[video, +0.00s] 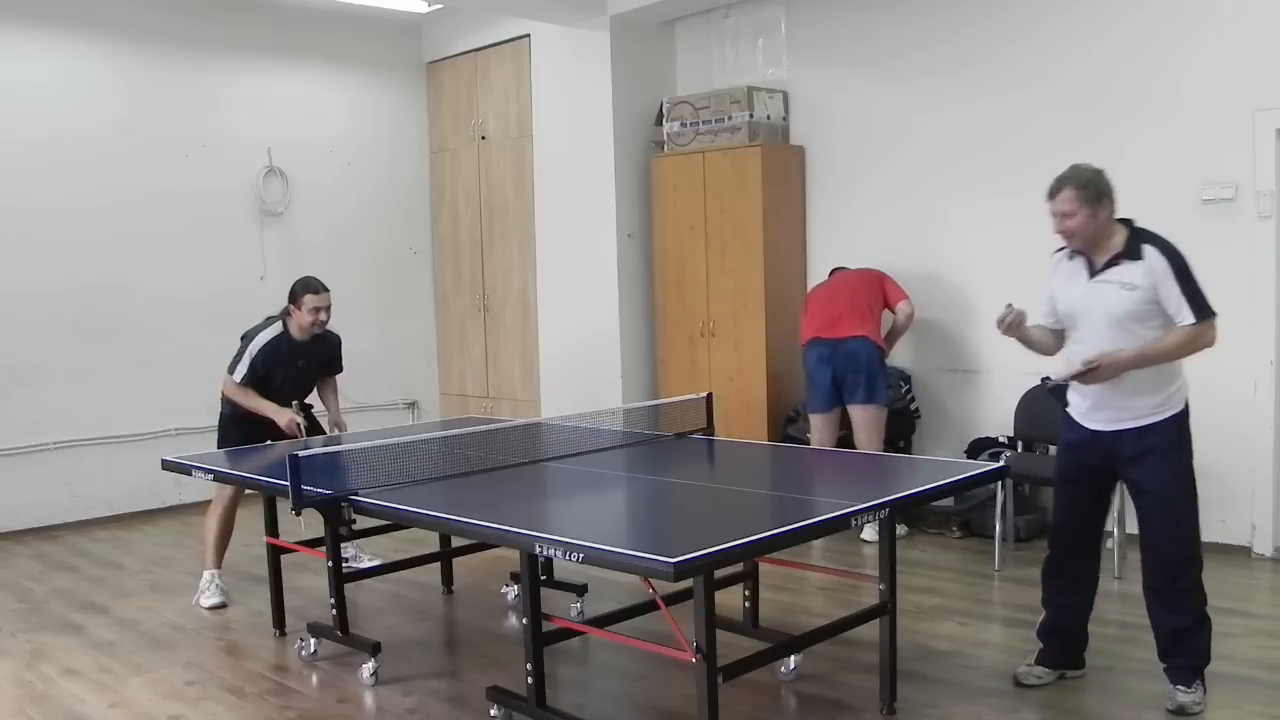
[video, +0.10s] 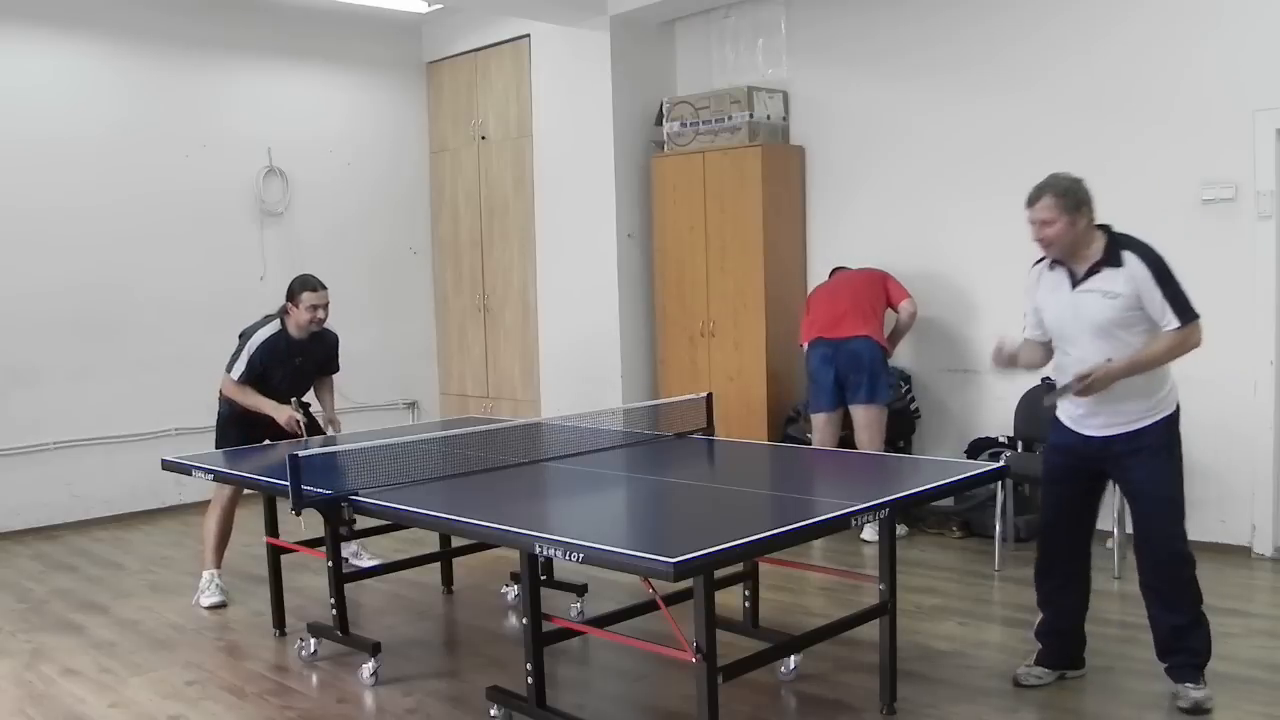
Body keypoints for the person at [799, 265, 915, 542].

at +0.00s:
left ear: (829, 279)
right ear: (853, 272)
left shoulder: (814, 292)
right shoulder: (874, 276)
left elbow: (804, 333)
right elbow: (905, 309)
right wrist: (886, 345)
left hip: (817, 354)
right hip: (861, 351)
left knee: (820, 446)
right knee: (870, 448)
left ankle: (817, 520)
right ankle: (872, 521)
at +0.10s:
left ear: (830, 279)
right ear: (854, 271)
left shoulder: (816, 292)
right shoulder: (877, 275)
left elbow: (804, 342)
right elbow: (908, 309)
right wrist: (890, 344)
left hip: (820, 355)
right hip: (864, 351)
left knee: (822, 447)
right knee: (870, 447)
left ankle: (819, 520)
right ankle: (873, 520)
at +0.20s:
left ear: (830, 279)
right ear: (854, 271)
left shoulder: (816, 293)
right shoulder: (878, 275)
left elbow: (806, 343)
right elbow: (910, 308)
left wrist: (817, 383)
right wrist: (893, 343)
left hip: (821, 355)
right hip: (866, 352)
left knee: (823, 447)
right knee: (871, 448)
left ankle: (817, 520)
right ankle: (872, 520)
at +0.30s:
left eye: (831, 278)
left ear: (830, 279)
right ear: (854, 271)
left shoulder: (816, 292)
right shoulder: (878, 274)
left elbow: (807, 343)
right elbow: (910, 308)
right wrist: (893, 344)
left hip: (822, 356)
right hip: (867, 352)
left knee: (823, 447)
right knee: (872, 448)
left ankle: (817, 520)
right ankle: (873, 521)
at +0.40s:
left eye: (831, 277)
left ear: (829, 278)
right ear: (854, 271)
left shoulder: (816, 293)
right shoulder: (877, 274)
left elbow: (808, 342)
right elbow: (910, 307)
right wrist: (892, 343)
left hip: (822, 356)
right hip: (866, 352)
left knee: (823, 446)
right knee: (871, 447)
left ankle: (817, 519)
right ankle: (873, 520)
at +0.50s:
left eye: (831, 278)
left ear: (829, 279)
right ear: (853, 270)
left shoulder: (815, 293)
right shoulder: (877, 274)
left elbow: (807, 343)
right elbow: (909, 308)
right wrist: (892, 343)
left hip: (822, 356)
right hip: (867, 352)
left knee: (823, 447)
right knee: (871, 447)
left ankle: (818, 520)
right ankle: (873, 521)